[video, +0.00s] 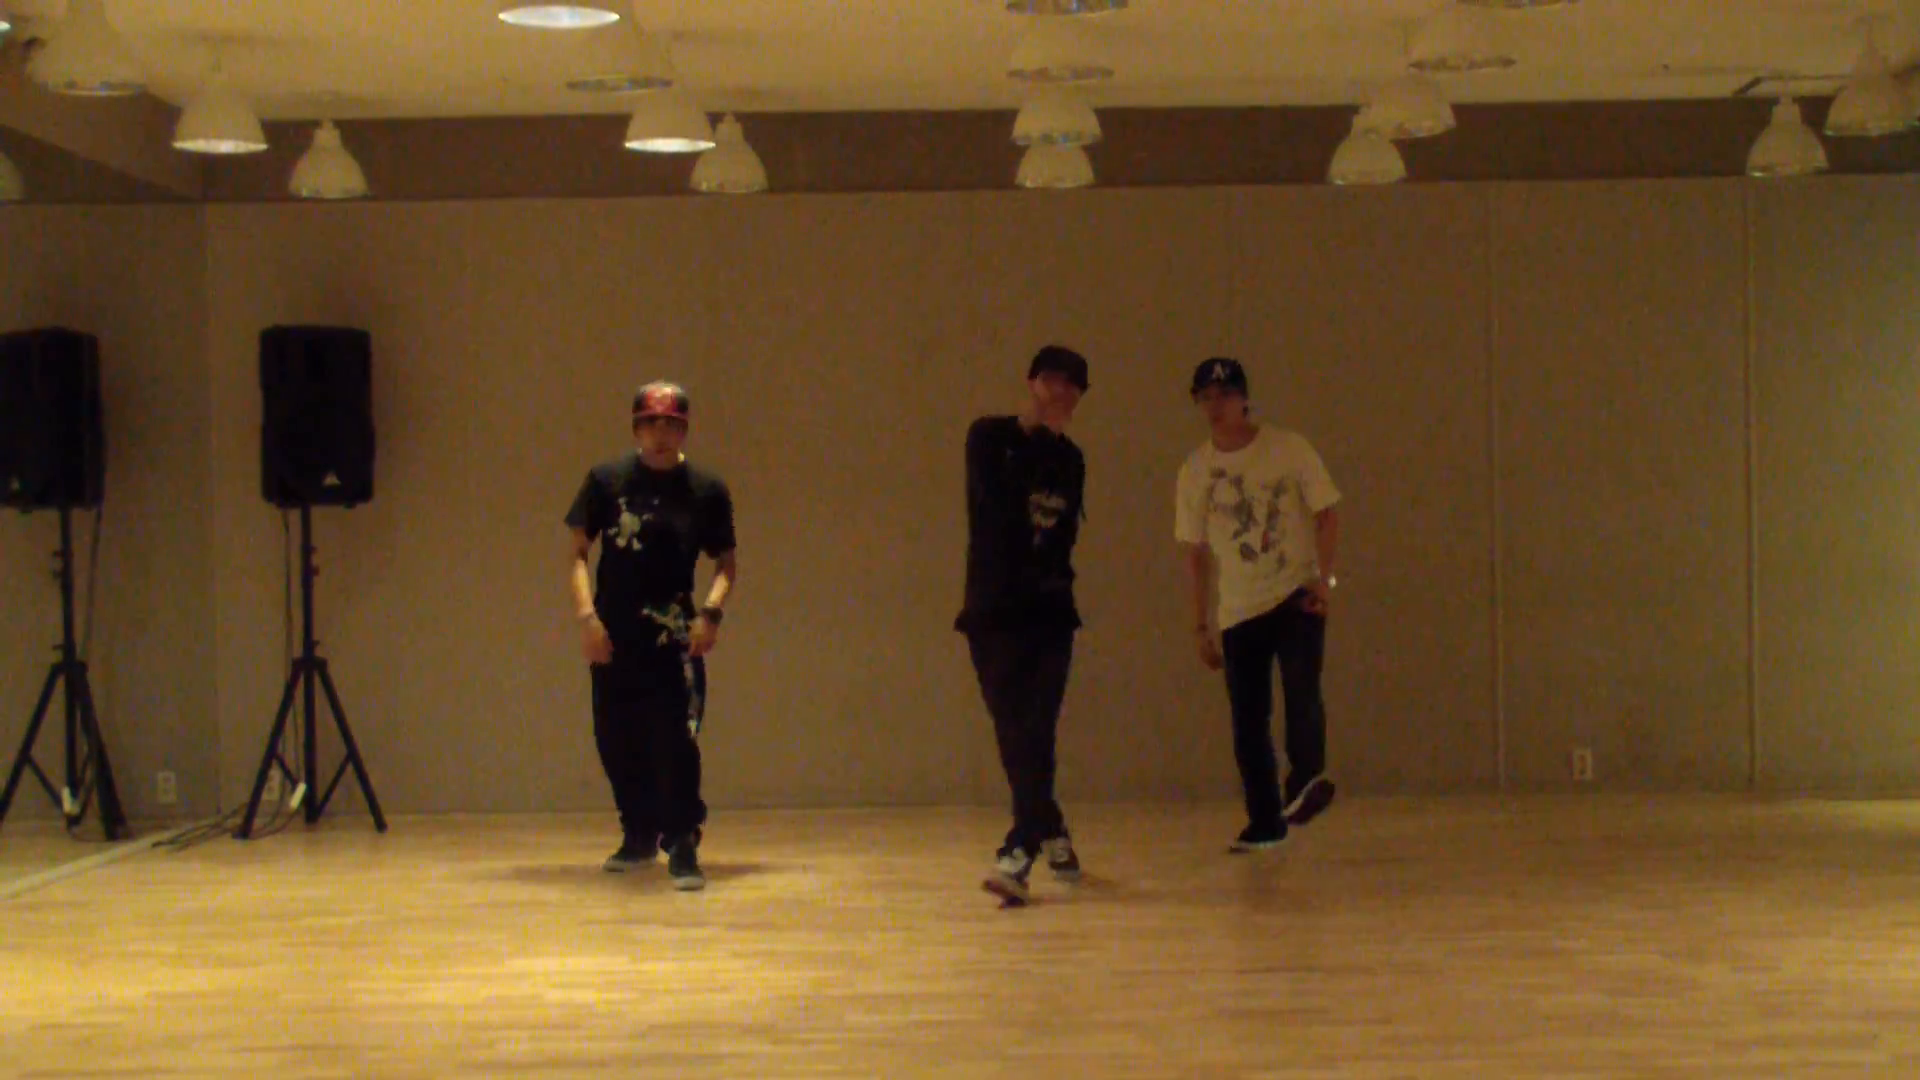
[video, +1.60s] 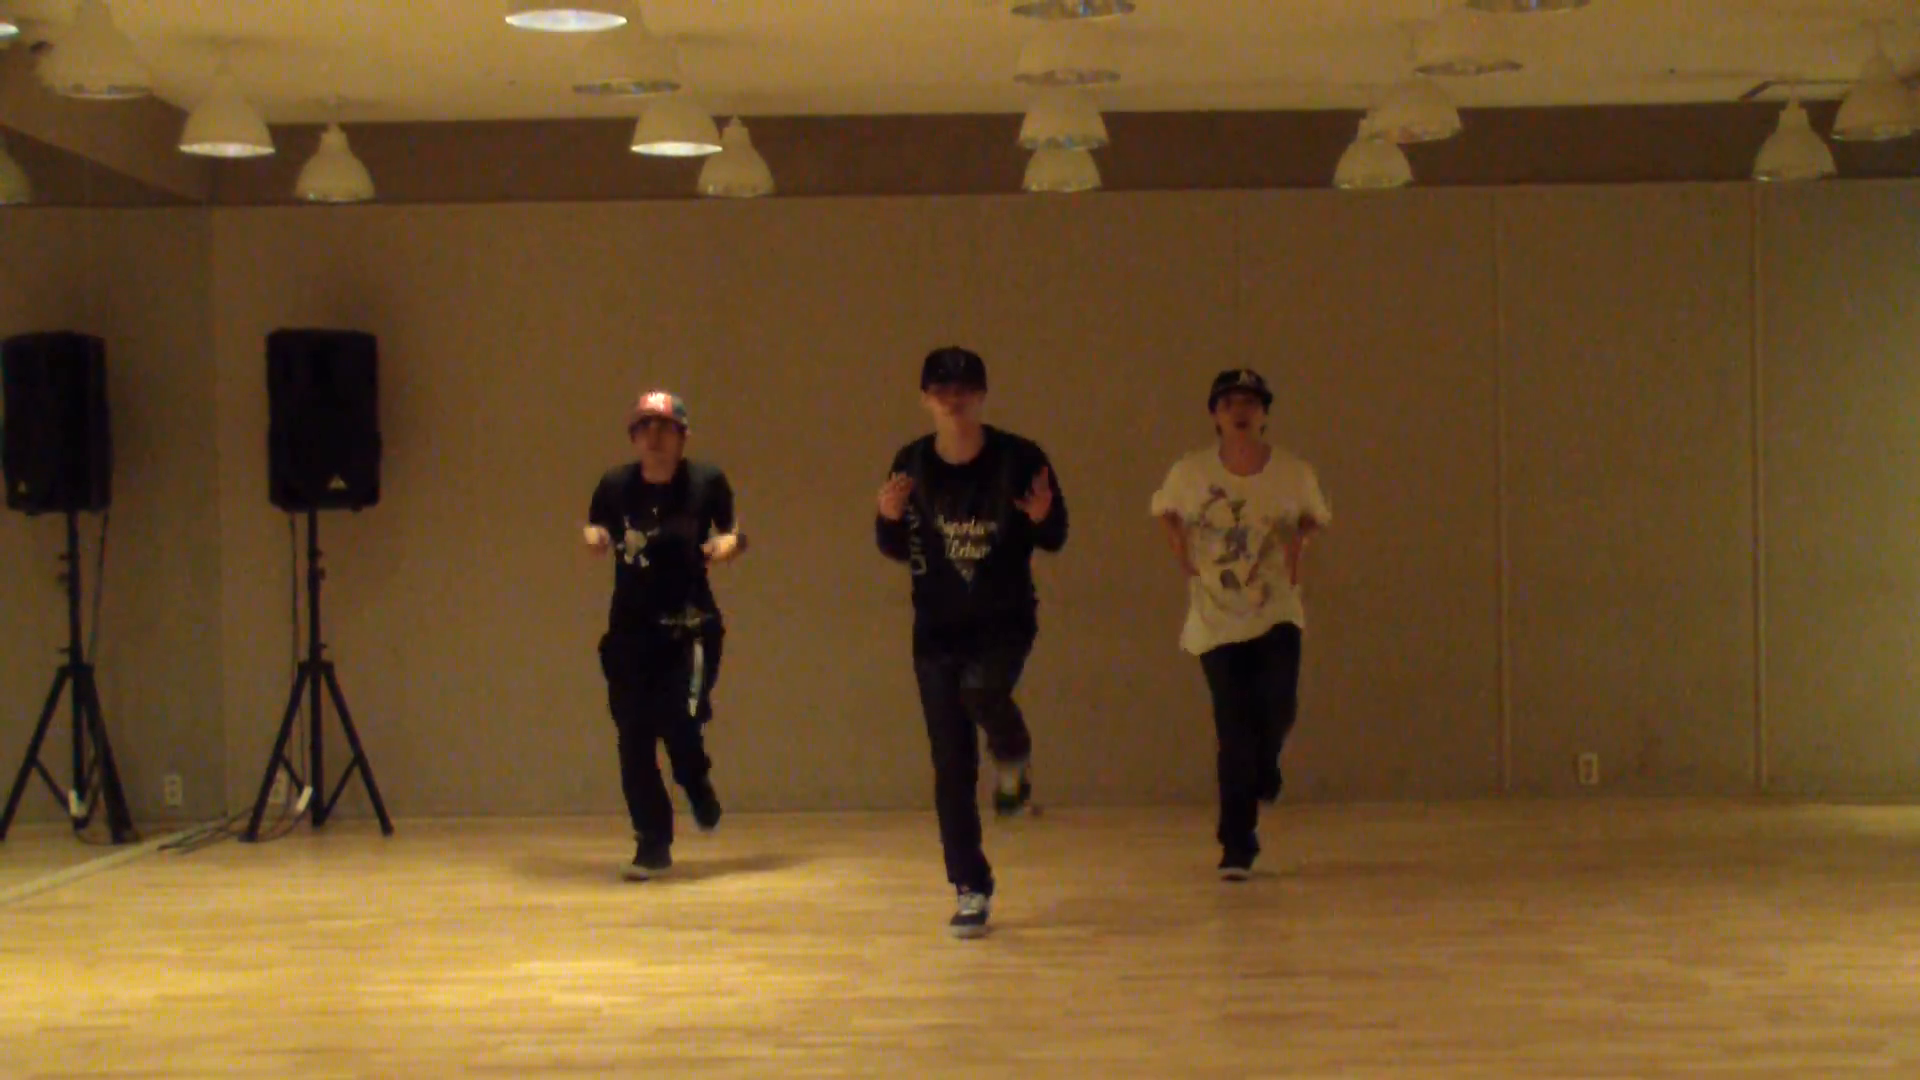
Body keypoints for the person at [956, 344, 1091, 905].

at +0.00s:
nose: (1065, 396)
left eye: (1074, 388)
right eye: (1057, 384)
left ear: (1080, 396)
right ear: (1033, 383)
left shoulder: (1071, 457)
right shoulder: (989, 435)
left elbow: (1064, 536)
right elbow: (985, 517)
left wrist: (1051, 594)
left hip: (1049, 612)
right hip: (993, 609)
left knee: (1037, 726)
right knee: (1012, 727)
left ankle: (1021, 844)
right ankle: (1052, 832)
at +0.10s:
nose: (1046, 390)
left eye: (1056, 382)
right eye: (1037, 379)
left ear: (1069, 392)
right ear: (1020, 383)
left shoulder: (1065, 461)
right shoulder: (982, 435)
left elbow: (1062, 551)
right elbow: (989, 493)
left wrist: (1062, 628)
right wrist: (1036, 436)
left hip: (1040, 617)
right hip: (985, 613)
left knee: (1026, 735)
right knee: (994, 735)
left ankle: (1014, 856)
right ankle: (1028, 837)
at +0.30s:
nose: (1000, 378)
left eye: (1011, 367)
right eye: (991, 367)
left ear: (1028, 372)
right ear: (974, 372)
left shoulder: (1062, 442)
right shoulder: (956, 437)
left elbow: (1080, 535)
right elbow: (923, 496)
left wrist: (1071, 616)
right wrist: (958, 429)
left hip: (1036, 612)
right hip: (972, 609)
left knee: (1021, 737)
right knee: (960, 732)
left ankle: (1015, 859)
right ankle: (967, 843)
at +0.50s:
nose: (969, 376)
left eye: (979, 366)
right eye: (959, 367)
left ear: (998, 370)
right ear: (945, 374)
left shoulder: (1041, 430)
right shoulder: (943, 448)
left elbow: (1078, 517)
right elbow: (937, 540)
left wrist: (1076, 599)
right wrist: (919, 501)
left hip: (1033, 605)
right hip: (967, 606)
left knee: (1023, 738)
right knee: (954, 732)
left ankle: (1016, 860)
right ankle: (949, 857)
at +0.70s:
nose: (968, 374)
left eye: (980, 365)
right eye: (958, 363)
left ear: (996, 374)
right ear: (941, 369)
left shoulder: (1031, 431)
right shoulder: (926, 452)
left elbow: (1077, 513)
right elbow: (926, 532)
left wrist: (1076, 583)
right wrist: (920, 595)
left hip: (1023, 609)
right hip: (956, 614)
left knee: (1018, 738)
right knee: (954, 739)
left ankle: (1015, 861)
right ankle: (957, 869)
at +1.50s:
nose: (952, 391)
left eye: (963, 380)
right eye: (942, 381)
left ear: (983, 384)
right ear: (928, 386)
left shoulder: (1022, 453)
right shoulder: (911, 458)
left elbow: (1053, 535)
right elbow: (891, 533)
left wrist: (1049, 578)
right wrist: (886, 565)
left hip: (1006, 625)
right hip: (937, 628)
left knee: (998, 747)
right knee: (948, 760)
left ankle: (1009, 853)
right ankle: (967, 885)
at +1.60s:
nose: (953, 402)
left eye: (963, 391)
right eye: (942, 393)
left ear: (982, 395)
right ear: (926, 399)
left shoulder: (1019, 459)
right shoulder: (911, 464)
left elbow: (1054, 541)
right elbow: (897, 551)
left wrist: (1044, 516)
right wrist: (889, 516)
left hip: (1005, 616)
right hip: (939, 623)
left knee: (983, 691)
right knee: (952, 760)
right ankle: (969, 884)